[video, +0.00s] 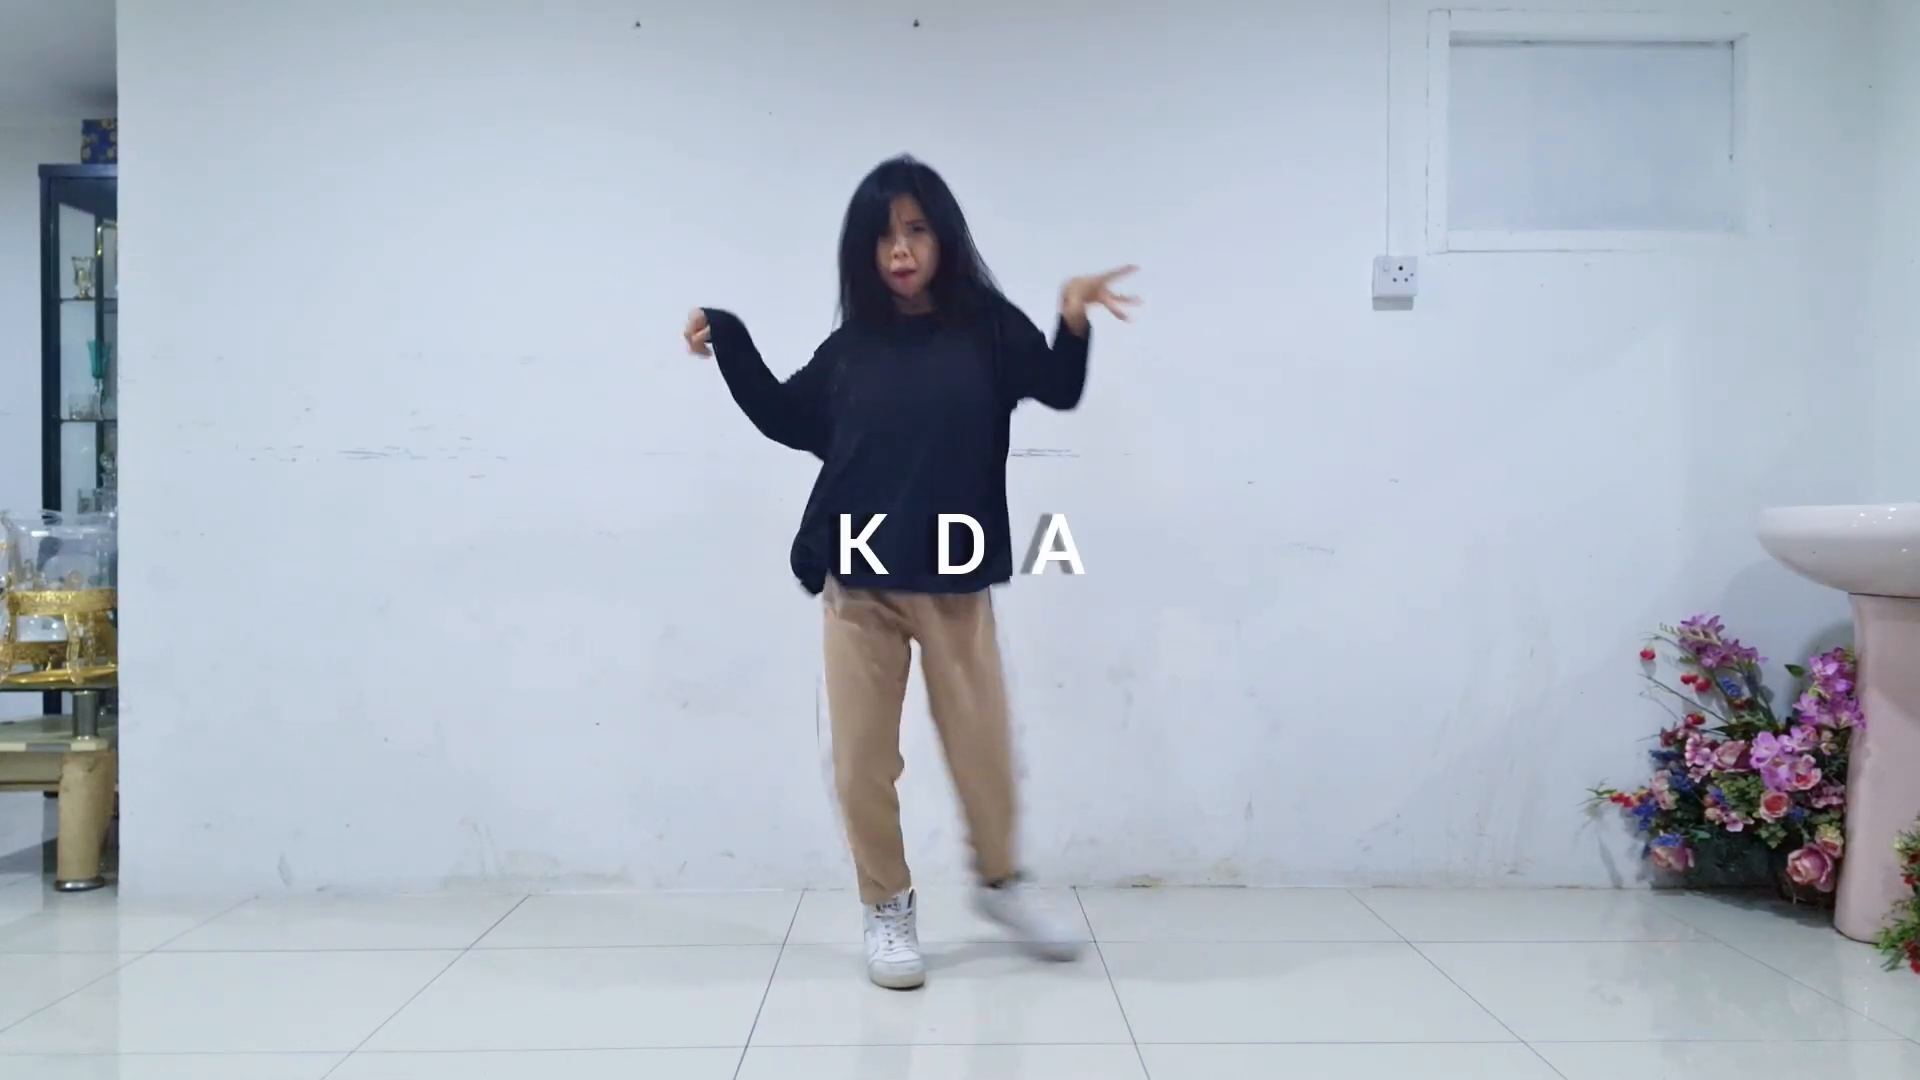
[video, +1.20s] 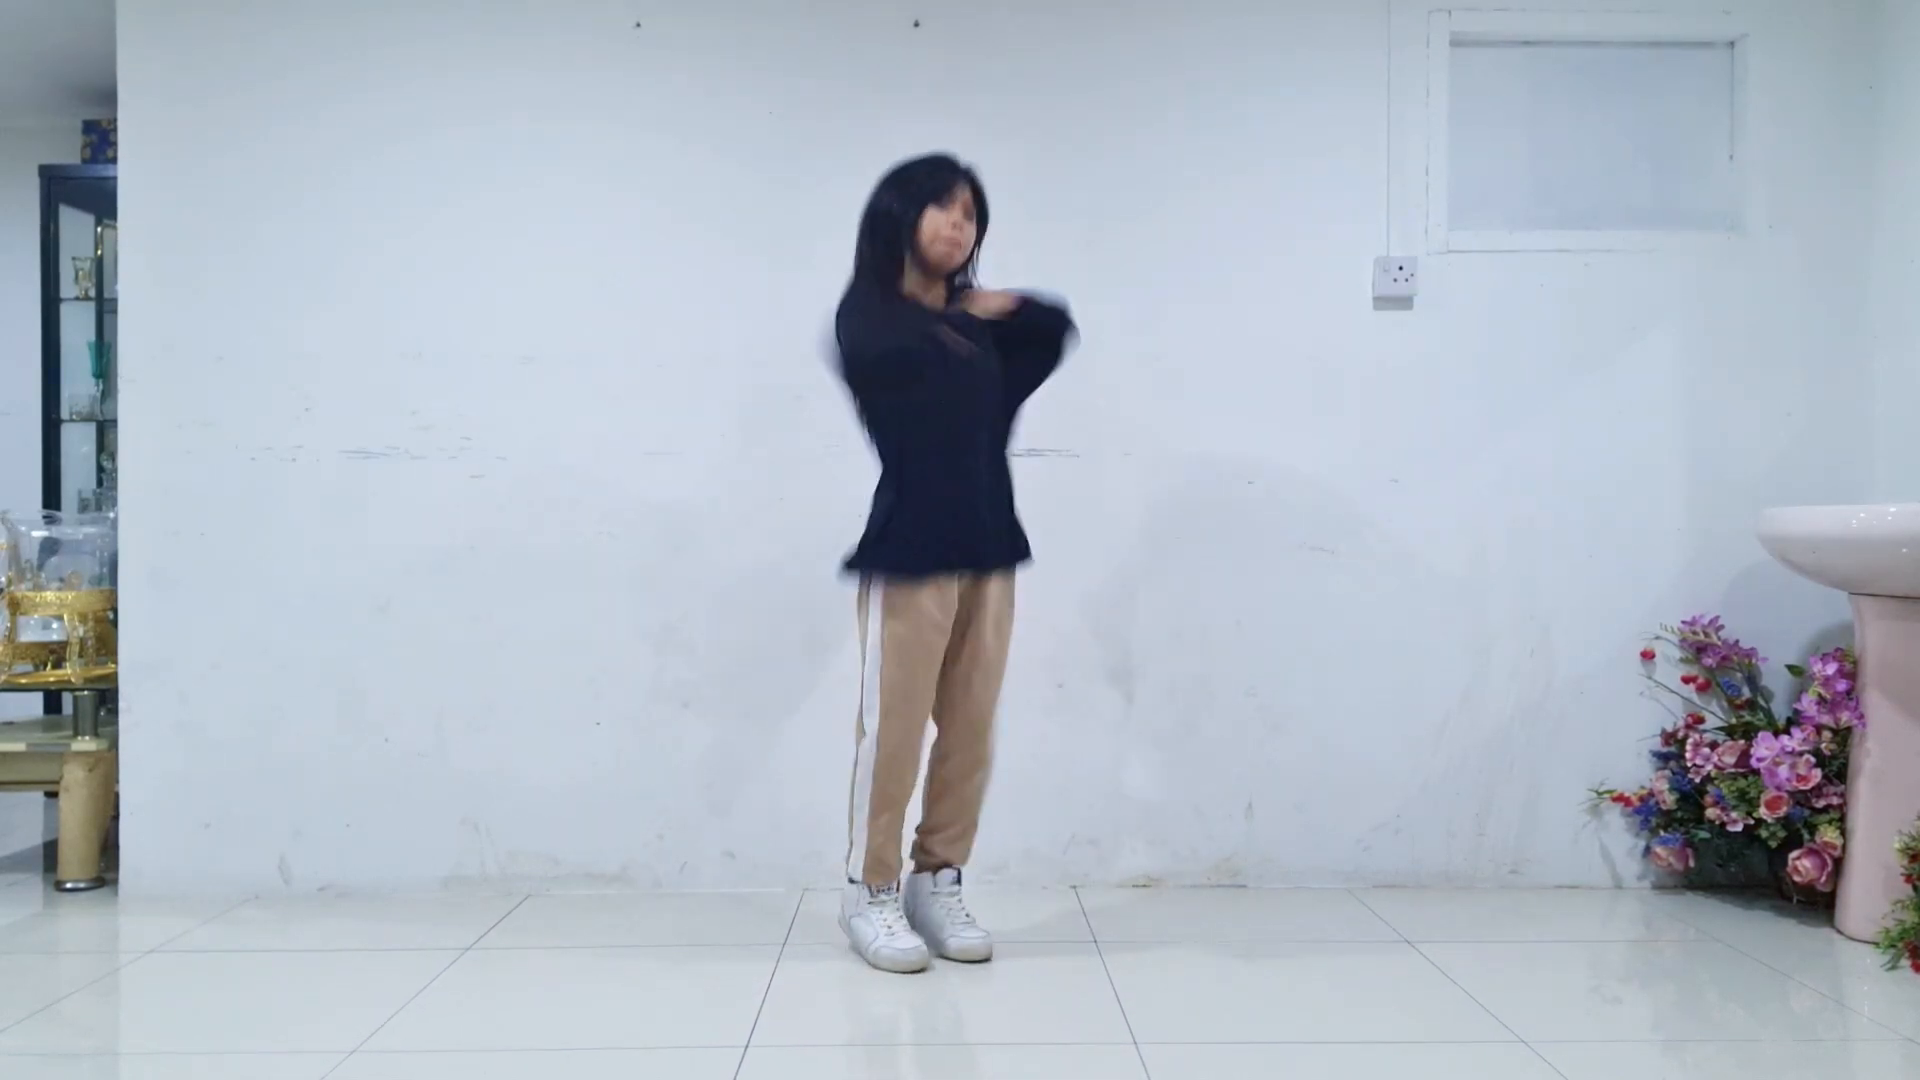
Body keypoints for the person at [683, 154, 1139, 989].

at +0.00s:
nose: (901, 254)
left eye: (917, 235)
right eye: (885, 239)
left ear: (945, 240)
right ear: (864, 250)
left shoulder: (989, 324)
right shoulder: (850, 344)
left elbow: (1061, 389)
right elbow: (787, 418)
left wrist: (1072, 319)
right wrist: (731, 342)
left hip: (956, 586)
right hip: (857, 588)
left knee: (984, 748)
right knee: (861, 764)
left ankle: (1000, 885)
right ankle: (886, 911)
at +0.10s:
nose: (894, 242)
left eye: (910, 223)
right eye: (877, 227)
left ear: (938, 227)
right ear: (855, 239)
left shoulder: (987, 299)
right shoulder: (851, 334)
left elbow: (1062, 366)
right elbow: (807, 435)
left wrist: (1050, 310)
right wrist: (715, 383)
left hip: (956, 568)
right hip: (856, 570)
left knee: (946, 742)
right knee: (862, 750)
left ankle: (936, 896)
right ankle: (883, 907)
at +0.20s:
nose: (893, 240)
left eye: (909, 222)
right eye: (875, 226)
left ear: (934, 229)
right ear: (853, 239)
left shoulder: (978, 288)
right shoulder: (847, 333)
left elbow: (1054, 343)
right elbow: (840, 468)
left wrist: (1017, 367)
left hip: (952, 561)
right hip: (857, 565)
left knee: (920, 742)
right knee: (860, 751)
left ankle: (933, 897)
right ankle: (875, 908)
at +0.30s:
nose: (892, 243)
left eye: (908, 227)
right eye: (876, 228)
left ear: (932, 237)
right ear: (852, 240)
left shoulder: (980, 325)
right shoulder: (836, 341)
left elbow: (1011, 433)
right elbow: (831, 463)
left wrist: (1026, 530)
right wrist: (858, 573)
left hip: (963, 570)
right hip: (868, 572)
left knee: (938, 736)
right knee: (866, 758)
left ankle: (955, 871)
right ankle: (882, 911)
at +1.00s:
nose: (927, 264)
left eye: (943, 256)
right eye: (911, 251)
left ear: (962, 281)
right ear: (881, 272)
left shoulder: (997, 366)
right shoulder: (860, 387)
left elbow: (1066, 427)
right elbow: (823, 497)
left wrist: (1022, 453)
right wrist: (906, 545)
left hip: (976, 614)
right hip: (888, 612)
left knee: (978, 781)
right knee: (904, 774)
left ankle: (932, 897)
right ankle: (870, 912)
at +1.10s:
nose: (954, 261)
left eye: (964, 253)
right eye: (937, 245)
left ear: (971, 273)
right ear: (898, 256)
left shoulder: (980, 346)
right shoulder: (871, 352)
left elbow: (1001, 428)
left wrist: (938, 378)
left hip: (983, 571)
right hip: (898, 574)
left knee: (983, 761)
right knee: (906, 763)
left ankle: (933, 892)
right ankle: (871, 906)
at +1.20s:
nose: (960, 227)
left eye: (970, 217)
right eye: (943, 208)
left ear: (975, 235)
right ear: (901, 216)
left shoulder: (975, 336)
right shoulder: (870, 316)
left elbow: (1056, 330)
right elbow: (905, 368)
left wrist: (1004, 307)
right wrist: (982, 326)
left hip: (990, 546)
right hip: (914, 546)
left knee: (970, 724)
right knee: (901, 725)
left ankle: (938, 885)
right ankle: (872, 896)